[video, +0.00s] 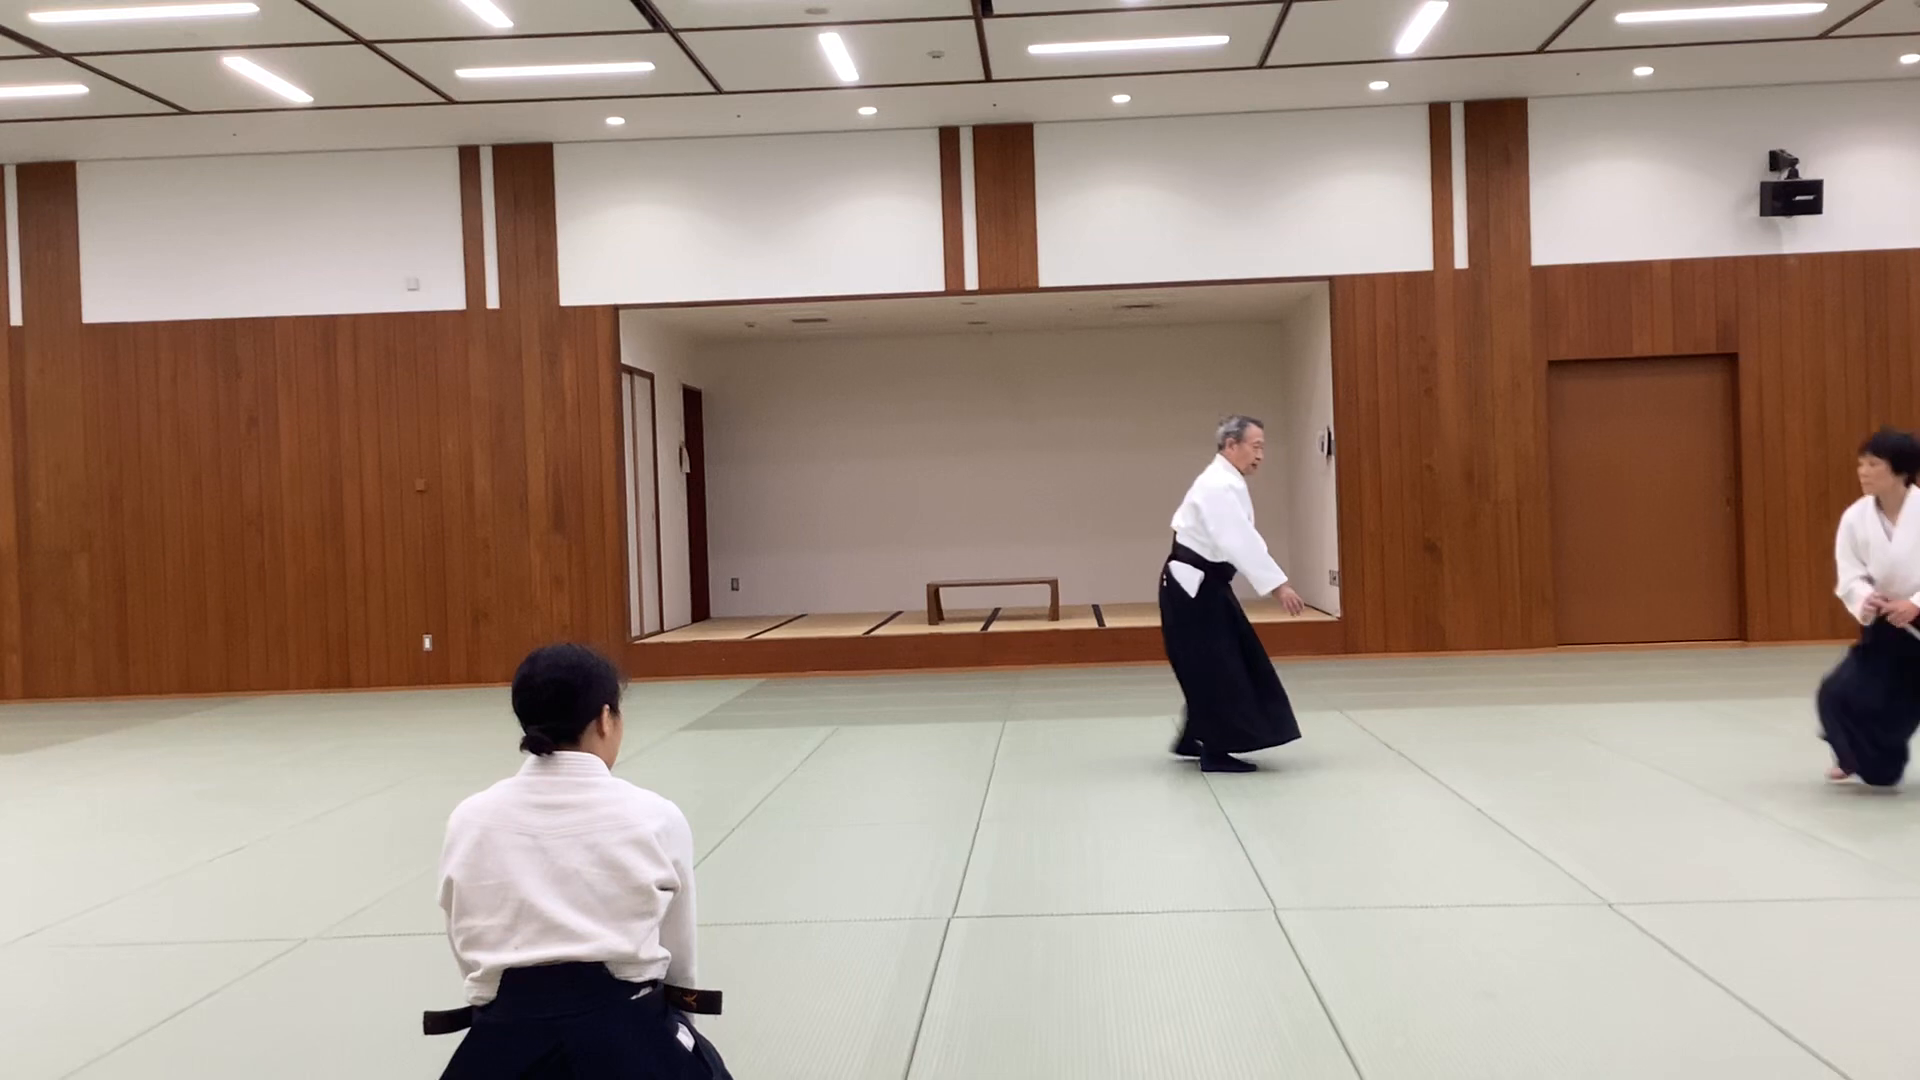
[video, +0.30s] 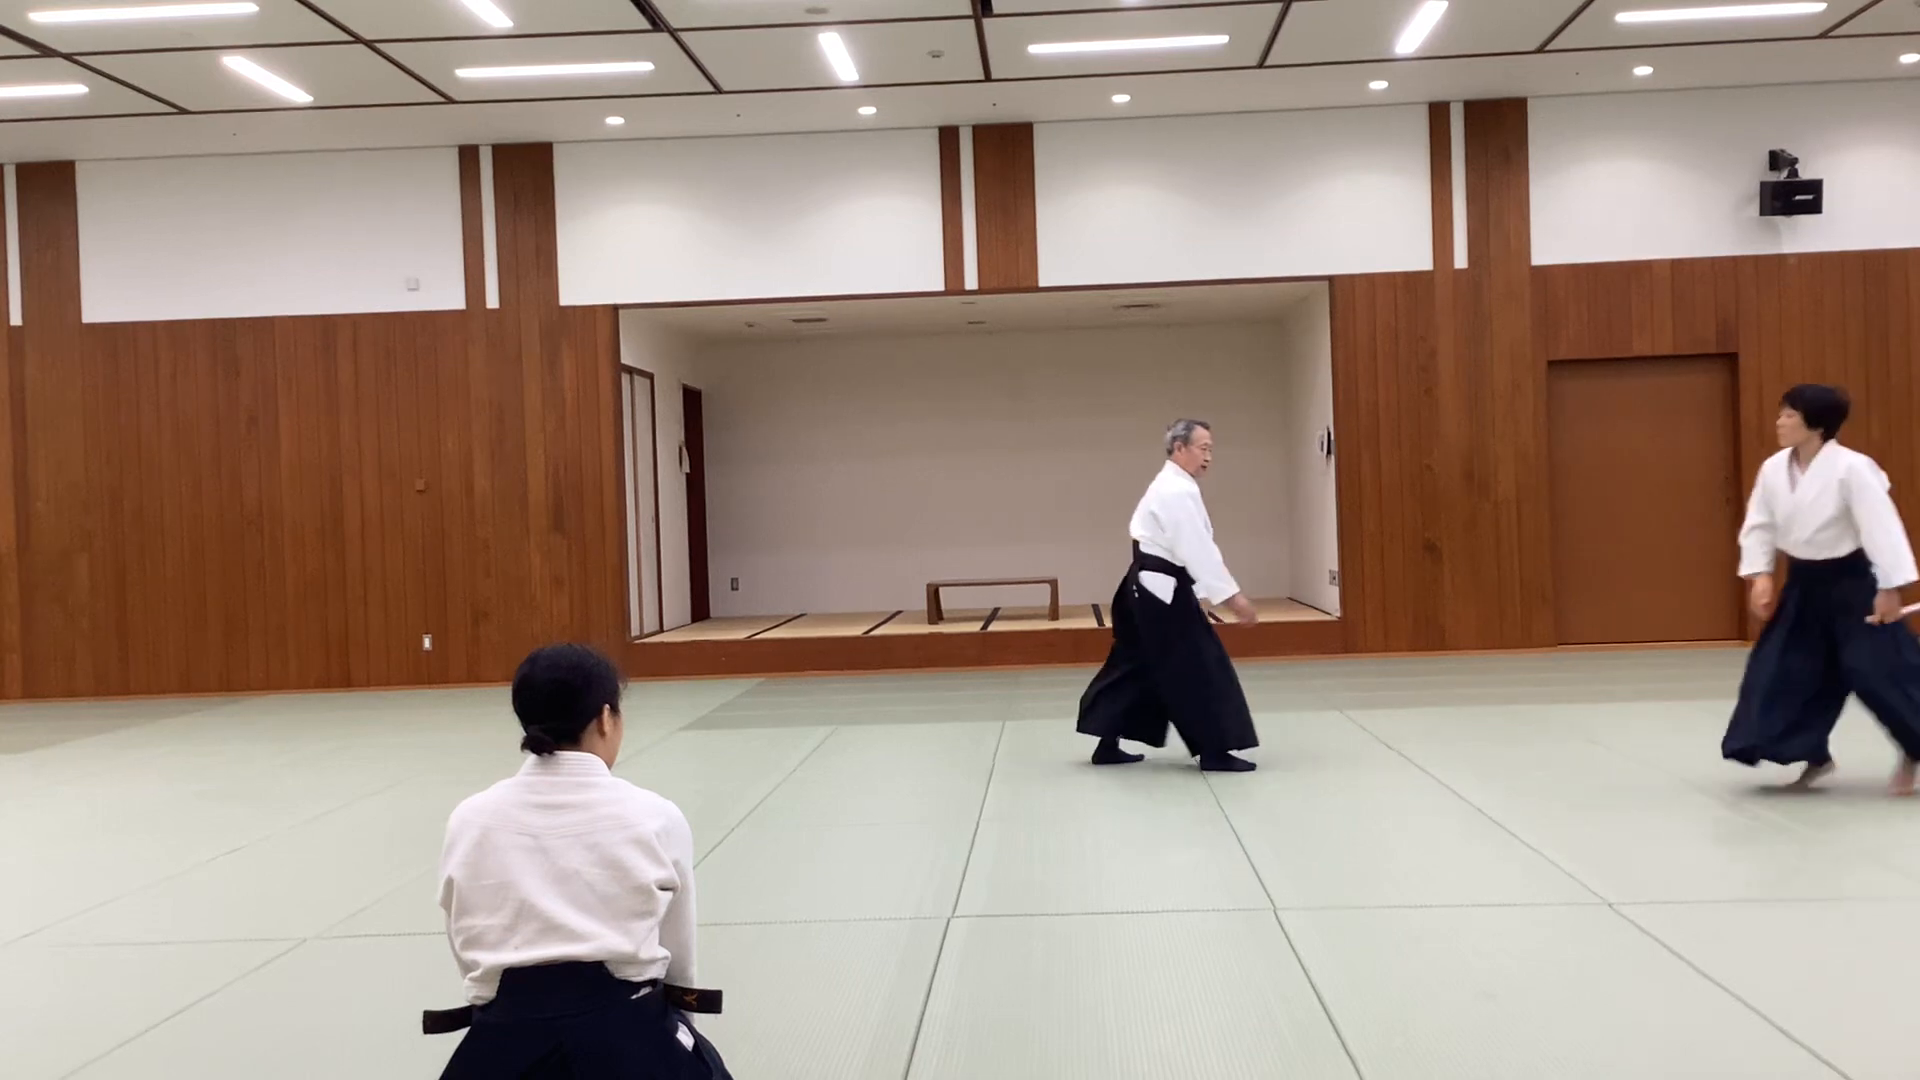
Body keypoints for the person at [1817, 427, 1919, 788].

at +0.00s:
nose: (1862, 471)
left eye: (1872, 464)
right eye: (1860, 463)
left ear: (1899, 470)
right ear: (1857, 468)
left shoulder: (1919, 510)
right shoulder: (1855, 517)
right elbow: (1848, 576)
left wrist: (1916, 604)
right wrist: (1865, 599)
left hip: (1917, 631)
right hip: (1882, 630)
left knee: (1899, 705)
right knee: (1836, 691)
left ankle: (1879, 763)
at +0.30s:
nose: (1779, 421)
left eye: (1789, 415)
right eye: (1781, 413)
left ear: (1816, 424)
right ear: (1792, 423)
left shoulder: (1852, 468)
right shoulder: (1773, 469)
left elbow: (1881, 527)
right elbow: (1758, 526)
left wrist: (1888, 586)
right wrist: (1760, 575)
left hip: (1852, 583)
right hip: (1803, 583)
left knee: (1873, 668)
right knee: (1787, 668)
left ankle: (1911, 749)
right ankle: (1817, 755)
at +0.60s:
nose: (1658, 445)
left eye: (1668, 440)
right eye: (1661, 438)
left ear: (1693, 450)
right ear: (1678, 450)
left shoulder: (1722, 490)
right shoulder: (1662, 493)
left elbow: (1745, 549)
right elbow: (1667, 554)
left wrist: (1747, 609)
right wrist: (1652, 597)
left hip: (1733, 607)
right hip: (1691, 609)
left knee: (1800, 680)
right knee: (1629, 670)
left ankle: (1881, 761)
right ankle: (1623, 766)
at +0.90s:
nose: (1509, 455)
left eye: (1516, 449)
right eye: (1511, 447)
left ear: (1537, 457)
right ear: (1549, 457)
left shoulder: (1543, 498)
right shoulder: (1568, 488)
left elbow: (1480, 523)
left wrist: (1441, 487)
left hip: (1565, 607)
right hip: (1590, 598)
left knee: (1496, 672)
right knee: (1578, 683)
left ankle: (1499, 760)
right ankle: (1612, 765)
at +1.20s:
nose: (1383, 442)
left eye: (1385, 438)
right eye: (1386, 437)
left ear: (1390, 443)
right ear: (1431, 442)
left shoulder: (1374, 473)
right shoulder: (1450, 479)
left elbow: (1328, 457)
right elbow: (1499, 509)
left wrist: (1301, 422)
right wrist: (1549, 511)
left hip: (1392, 586)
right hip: (1438, 587)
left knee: (1365, 667)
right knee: (1455, 665)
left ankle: (1348, 764)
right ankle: (1445, 734)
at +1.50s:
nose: (1311, 442)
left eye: (1311, 436)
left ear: (1314, 437)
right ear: (1352, 434)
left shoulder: (1294, 474)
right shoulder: (1375, 470)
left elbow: (1243, 499)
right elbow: (1414, 507)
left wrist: (1221, 482)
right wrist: (1464, 528)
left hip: (1311, 578)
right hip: (1362, 578)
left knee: (1294, 658)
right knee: (1345, 664)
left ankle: (1285, 744)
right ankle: (1324, 751)